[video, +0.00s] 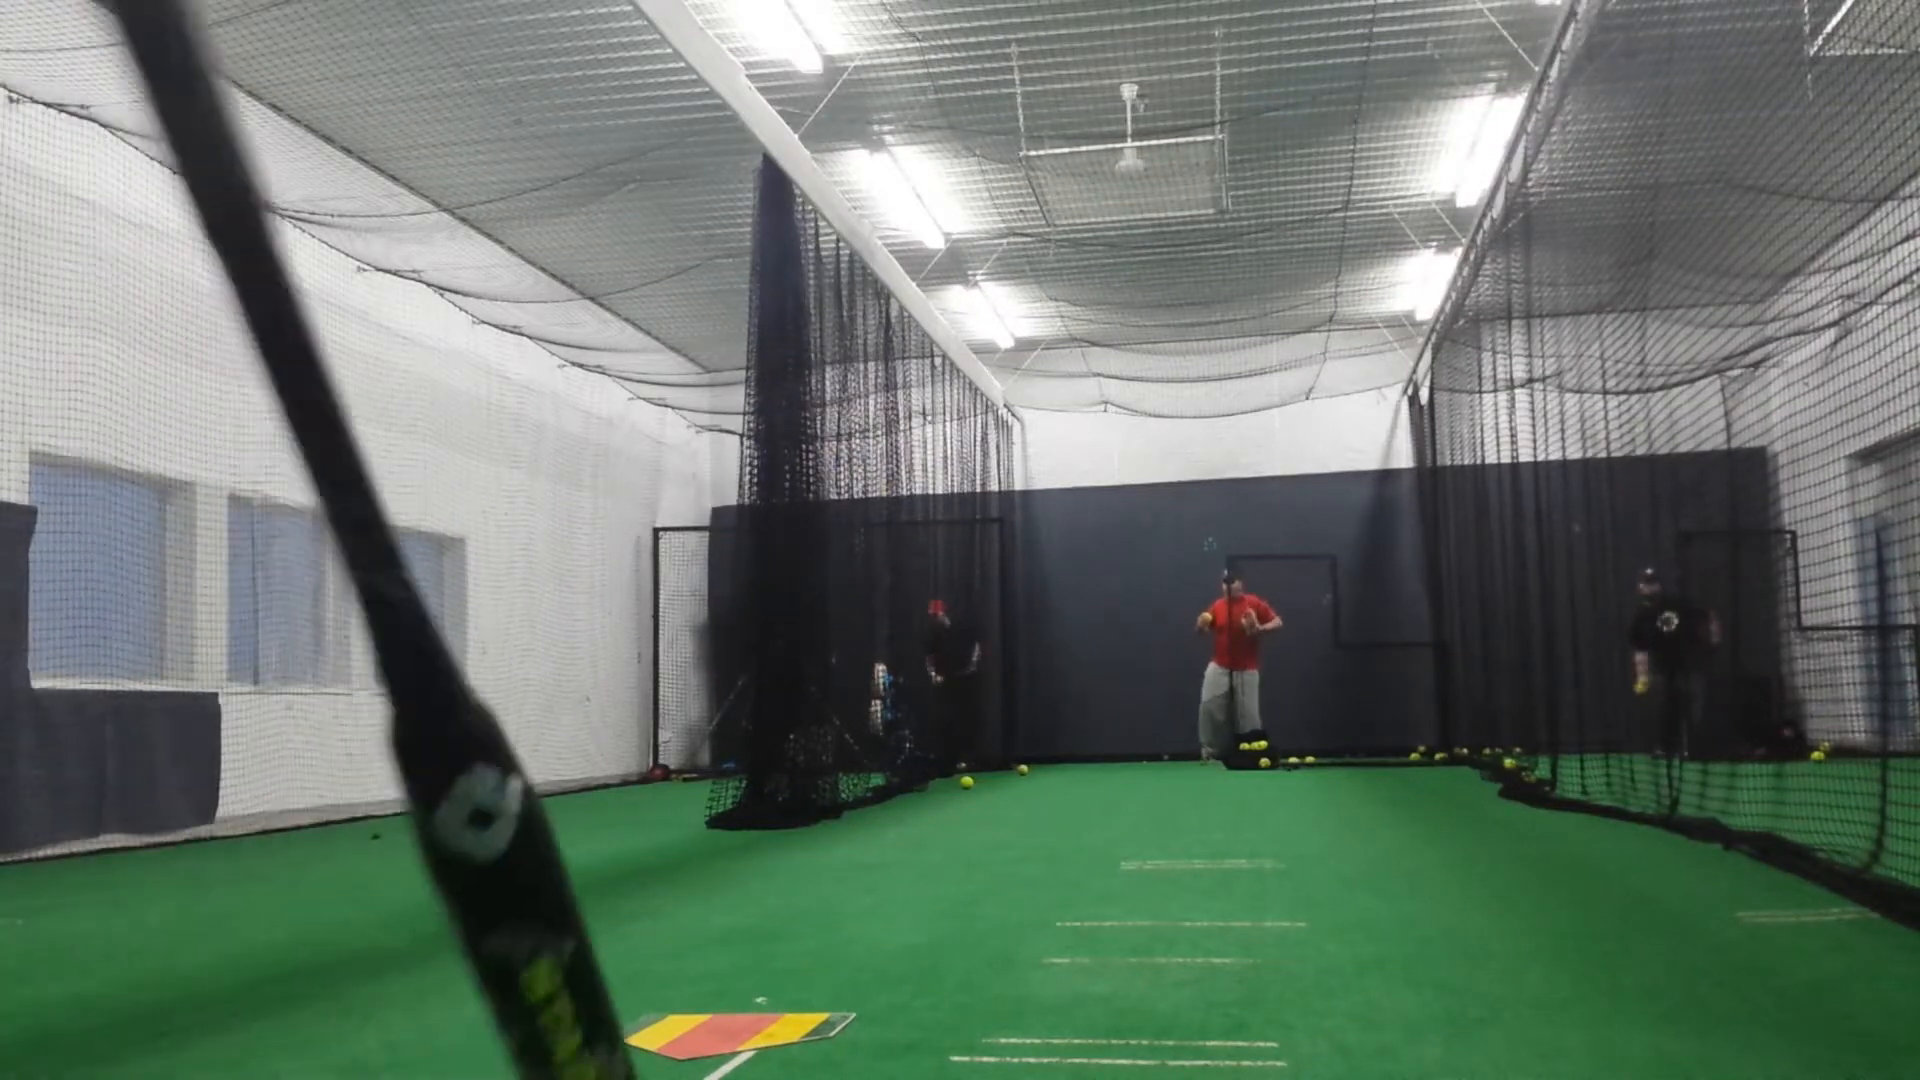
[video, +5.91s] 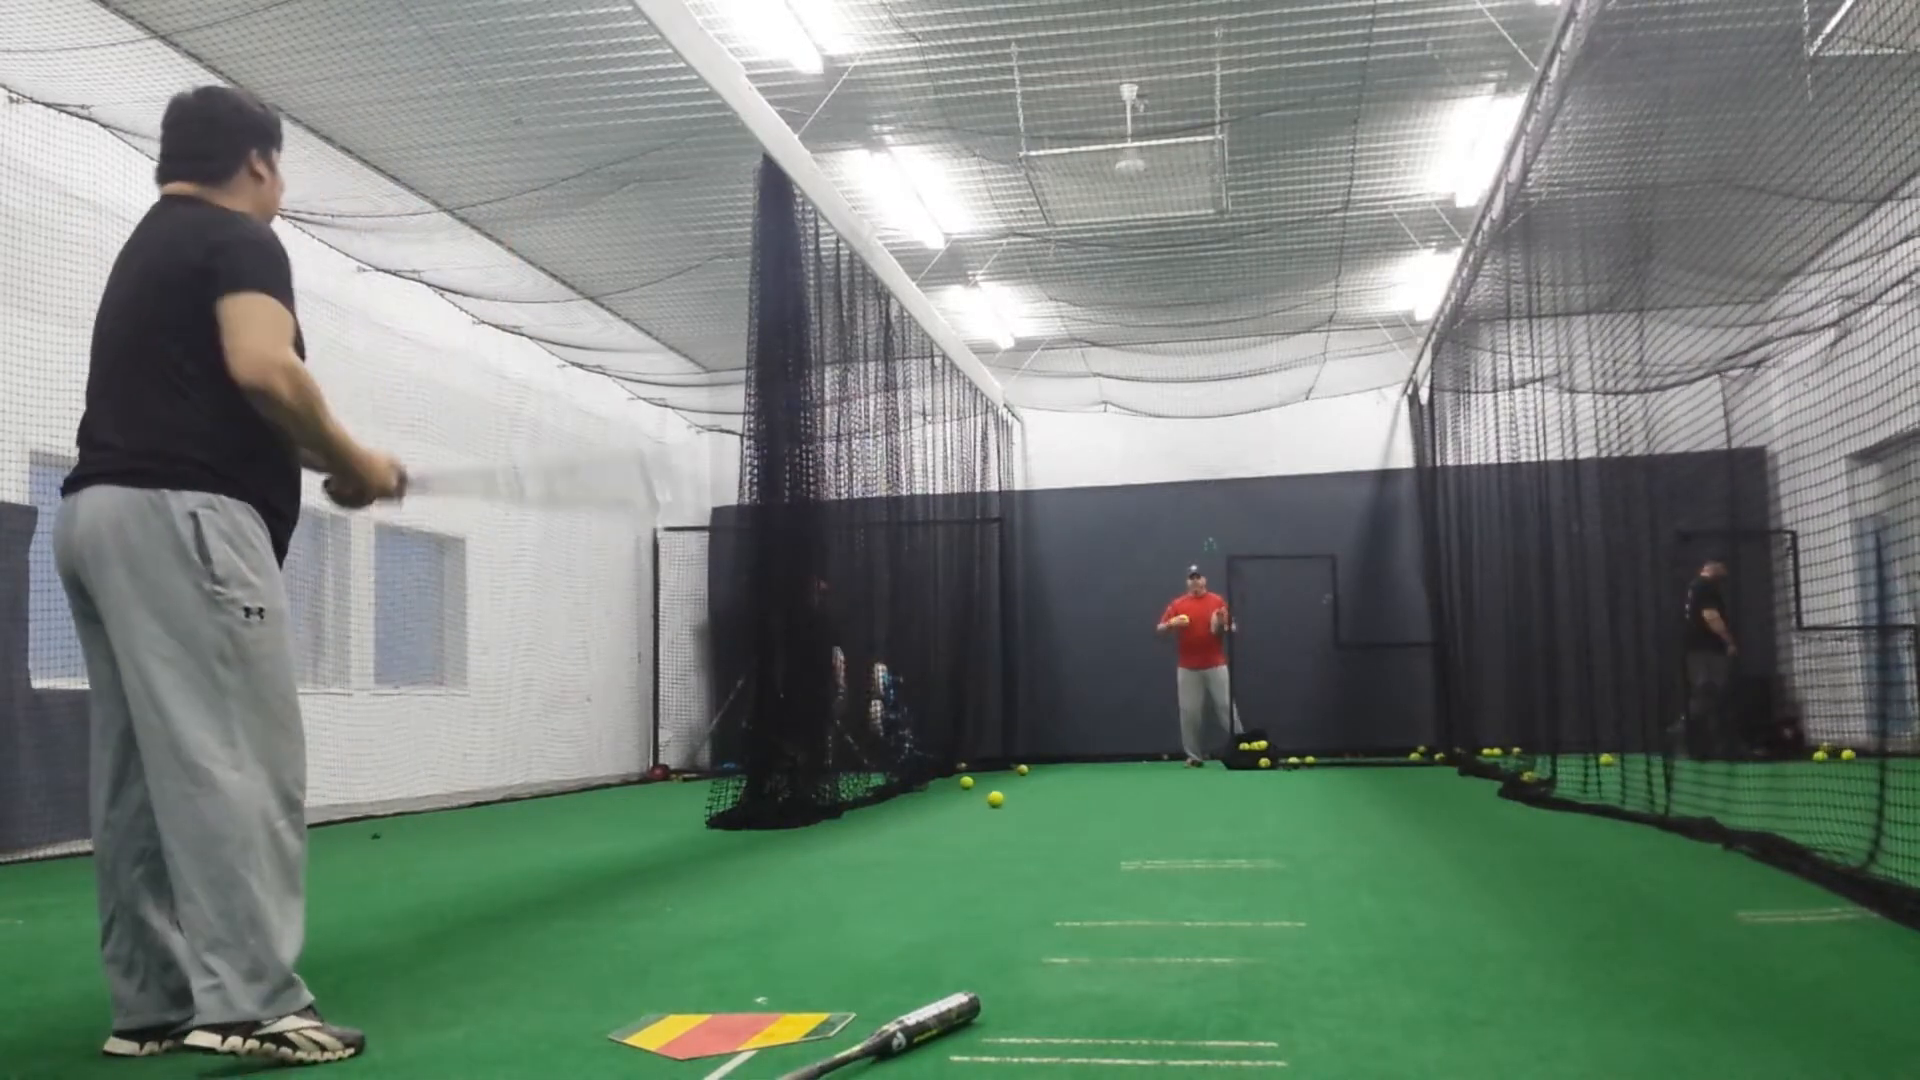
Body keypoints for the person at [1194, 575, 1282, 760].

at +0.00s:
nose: (1228, 586)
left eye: (1232, 582)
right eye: (1225, 582)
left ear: (1241, 583)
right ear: (1222, 585)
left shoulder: (1253, 603)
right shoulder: (1218, 605)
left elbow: (1277, 622)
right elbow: (1206, 630)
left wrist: (1259, 628)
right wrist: (1202, 624)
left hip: (1246, 667)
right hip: (1220, 665)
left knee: (1248, 710)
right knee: (1209, 705)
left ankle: (1252, 751)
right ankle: (1209, 750)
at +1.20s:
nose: (1200, 586)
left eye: (1203, 581)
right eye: (1196, 582)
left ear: (1210, 583)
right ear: (1192, 587)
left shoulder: (1225, 603)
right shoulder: (1188, 608)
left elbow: (1245, 623)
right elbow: (1181, 630)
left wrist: (1231, 632)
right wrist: (1178, 634)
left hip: (1224, 666)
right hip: (1199, 668)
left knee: (1230, 711)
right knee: (1200, 712)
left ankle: (1236, 752)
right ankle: (1205, 755)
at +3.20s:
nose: (1200, 587)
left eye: (1203, 583)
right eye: (1196, 583)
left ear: (1209, 586)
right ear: (1191, 587)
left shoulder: (1221, 606)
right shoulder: (1183, 608)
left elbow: (1238, 628)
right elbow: (1167, 634)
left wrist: (1227, 631)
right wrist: (1178, 631)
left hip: (1222, 667)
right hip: (1196, 669)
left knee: (1232, 709)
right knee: (1196, 712)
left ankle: (1240, 752)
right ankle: (1198, 754)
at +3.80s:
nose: (1222, 586)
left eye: (1225, 582)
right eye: (1219, 582)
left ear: (1233, 584)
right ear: (1214, 585)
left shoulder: (1245, 605)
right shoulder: (1208, 608)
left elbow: (1268, 627)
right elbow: (1192, 633)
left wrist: (1248, 628)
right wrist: (1191, 625)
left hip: (1240, 669)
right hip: (1212, 669)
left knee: (1243, 711)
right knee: (1205, 707)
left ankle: (1244, 752)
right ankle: (1201, 752)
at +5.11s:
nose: (1190, 586)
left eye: (1194, 582)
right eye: (1189, 582)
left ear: (1206, 583)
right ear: (1188, 585)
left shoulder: (1221, 605)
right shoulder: (1184, 606)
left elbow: (1237, 629)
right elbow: (1173, 635)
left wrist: (1223, 632)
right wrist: (1174, 629)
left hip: (1217, 667)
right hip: (1191, 667)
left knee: (1221, 711)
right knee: (1190, 710)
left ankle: (1228, 752)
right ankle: (1192, 754)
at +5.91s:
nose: (1196, 581)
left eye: (1198, 577)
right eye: (1192, 578)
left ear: (1204, 580)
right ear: (1187, 582)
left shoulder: (1216, 601)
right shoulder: (1178, 604)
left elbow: (1227, 628)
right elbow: (1159, 629)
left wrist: (1222, 622)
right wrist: (1172, 623)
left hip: (1215, 663)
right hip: (1188, 665)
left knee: (1226, 706)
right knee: (1189, 711)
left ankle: (1242, 747)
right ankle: (1193, 755)